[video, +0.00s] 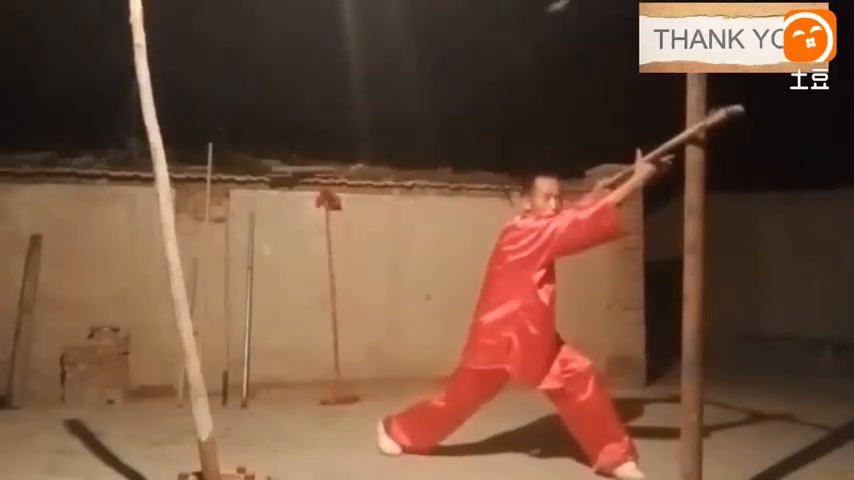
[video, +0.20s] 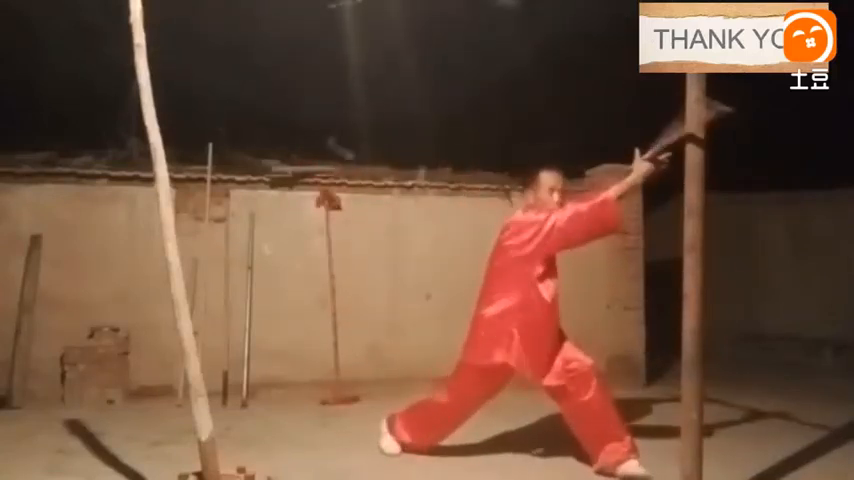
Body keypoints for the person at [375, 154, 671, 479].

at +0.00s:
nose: (554, 204)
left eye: (557, 196)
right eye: (547, 196)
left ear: (559, 196)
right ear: (526, 197)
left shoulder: (537, 228)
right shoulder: (523, 232)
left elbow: (583, 209)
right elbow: (584, 219)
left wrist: (626, 179)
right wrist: (637, 180)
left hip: (527, 334)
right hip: (500, 336)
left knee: (579, 378)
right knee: (460, 399)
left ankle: (614, 457)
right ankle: (397, 431)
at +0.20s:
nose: (559, 200)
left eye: (561, 192)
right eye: (551, 192)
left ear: (562, 192)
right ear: (530, 193)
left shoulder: (538, 224)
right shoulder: (523, 226)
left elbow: (584, 210)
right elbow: (579, 215)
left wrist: (630, 179)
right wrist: (632, 180)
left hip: (531, 328)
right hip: (502, 329)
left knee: (580, 377)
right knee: (463, 395)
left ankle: (615, 455)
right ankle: (400, 429)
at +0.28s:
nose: (563, 183)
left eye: (569, 176)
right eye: (556, 174)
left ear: (572, 180)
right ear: (536, 176)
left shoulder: (553, 214)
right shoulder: (524, 208)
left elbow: (583, 243)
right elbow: (572, 212)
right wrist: (623, 197)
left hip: (537, 320)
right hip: (495, 315)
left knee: (579, 376)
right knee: (458, 384)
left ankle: (609, 455)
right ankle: (403, 426)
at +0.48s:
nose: (558, 194)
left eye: (564, 188)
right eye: (551, 185)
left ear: (569, 192)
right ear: (531, 185)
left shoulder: (564, 228)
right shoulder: (516, 209)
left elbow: (569, 283)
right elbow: (551, 231)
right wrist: (596, 244)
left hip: (547, 336)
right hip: (496, 331)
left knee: (596, 379)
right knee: (440, 386)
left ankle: (621, 460)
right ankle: (419, 448)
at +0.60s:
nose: (547, 200)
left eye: (553, 195)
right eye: (541, 192)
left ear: (559, 202)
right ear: (528, 196)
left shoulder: (558, 247)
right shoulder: (507, 234)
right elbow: (498, 203)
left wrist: (570, 346)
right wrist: (529, 192)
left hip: (544, 346)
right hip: (493, 343)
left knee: (596, 383)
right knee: (441, 392)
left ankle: (623, 462)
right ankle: (416, 451)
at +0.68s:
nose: (498, 206)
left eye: (506, 199)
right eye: (492, 198)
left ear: (519, 207)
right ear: (481, 207)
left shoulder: (530, 246)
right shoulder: (477, 247)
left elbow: (531, 230)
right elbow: (479, 194)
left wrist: (519, 177)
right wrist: (527, 166)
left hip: (529, 353)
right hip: (475, 351)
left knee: (583, 396)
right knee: (425, 386)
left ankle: (632, 467)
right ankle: (415, 455)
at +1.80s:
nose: (515, 179)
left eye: (521, 172)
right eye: (507, 173)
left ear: (532, 175)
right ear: (494, 175)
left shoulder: (549, 211)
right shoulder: (489, 212)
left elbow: (549, 261)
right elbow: (465, 196)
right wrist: (481, 160)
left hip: (561, 316)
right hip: (512, 320)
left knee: (596, 387)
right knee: (474, 379)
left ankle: (627, 465)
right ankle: (430, 444)